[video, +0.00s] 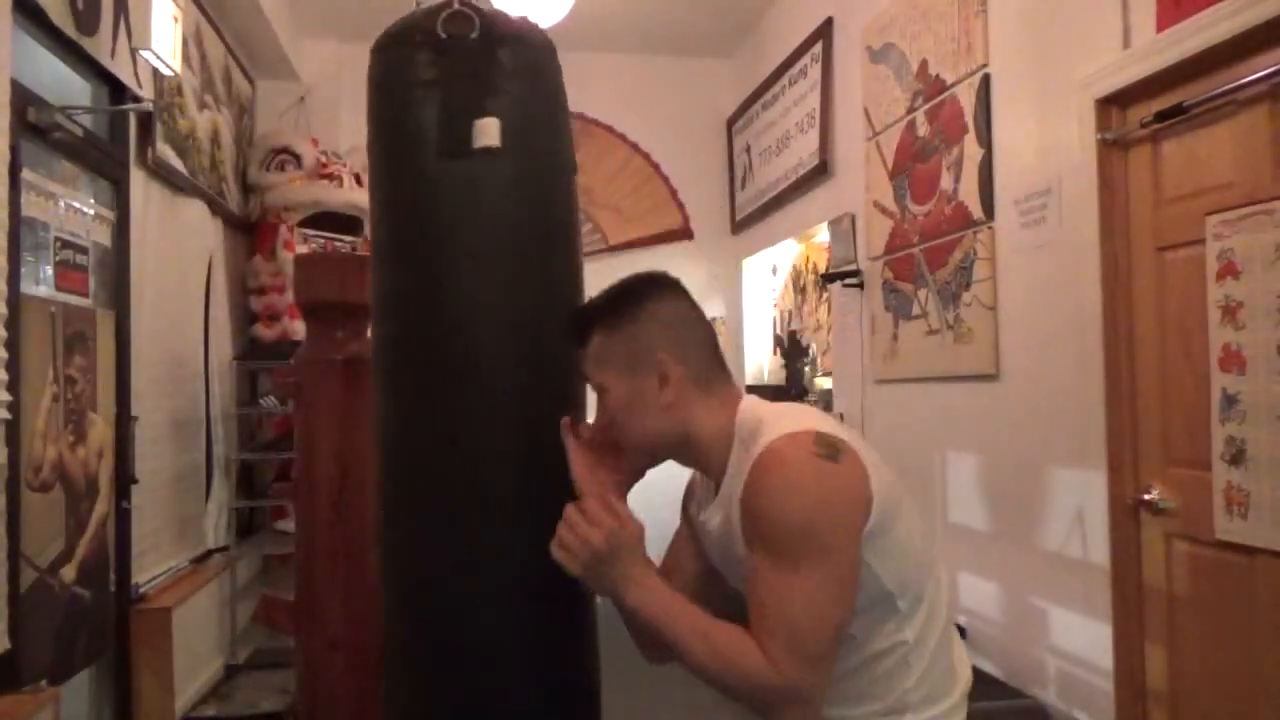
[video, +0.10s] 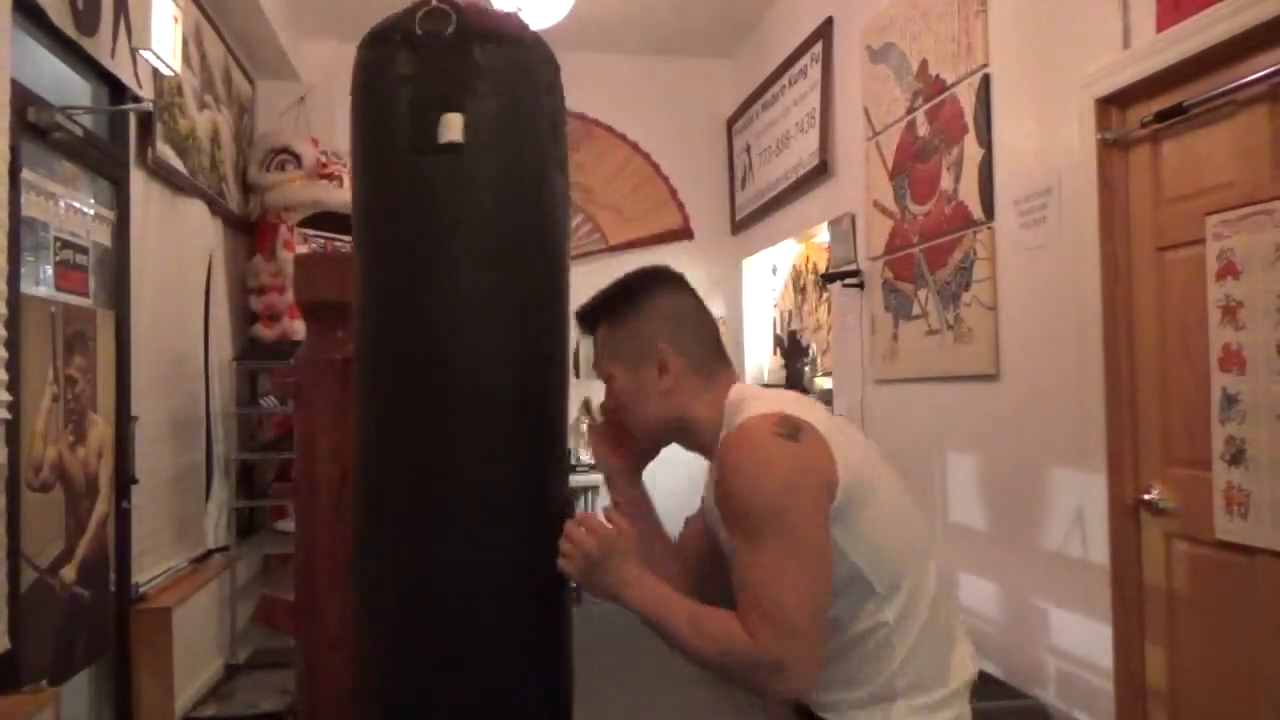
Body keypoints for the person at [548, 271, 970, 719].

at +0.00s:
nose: (597, 423)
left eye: (603, 393)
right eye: (595, 396)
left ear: (664, 380)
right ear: (662, 381)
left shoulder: (797, 470)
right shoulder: (714, 478)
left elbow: (792, 690)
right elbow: (660, 638)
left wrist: (631, 578)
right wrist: (606, 504)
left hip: (900, 708)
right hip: (824, 700)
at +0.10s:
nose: (607, 401)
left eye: (609, 380)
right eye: (603, 383)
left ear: (662, 369)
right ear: (665, 369)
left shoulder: (763, 449)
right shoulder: (749, 436)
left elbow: (785, 669)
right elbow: (689, 601)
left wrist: (630, 583)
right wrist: (625, 478)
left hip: (897, 707)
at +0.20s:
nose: (628, 379)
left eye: (632, 357)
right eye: (625, 361)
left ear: (683, 341)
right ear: (691, 338)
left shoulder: (736, 406)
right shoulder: (787, 387)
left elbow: (774, 604)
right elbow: (718, 569)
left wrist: (649, 586)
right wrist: (658, 446)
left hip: (881, 705)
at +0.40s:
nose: (682, 396)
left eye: (681, 375)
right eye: (677, 378)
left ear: (728, 362)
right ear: (773, 355)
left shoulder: (731, 414)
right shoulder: (841, 405)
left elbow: (766, 559)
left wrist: (709, 637)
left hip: (878, 702)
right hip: (972, 684)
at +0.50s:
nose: (683, 428)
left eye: (687, 404)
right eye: (682, 406)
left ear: (736, 393)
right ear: (759, 389)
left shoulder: (738, 444)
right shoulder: (842, 431)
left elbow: (789, 598)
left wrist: (745, 696)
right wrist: (720, 509)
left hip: (883, 707)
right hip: (977, 698)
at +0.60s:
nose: (671, 444)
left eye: (677, 422)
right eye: (670, 424)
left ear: (734, 416)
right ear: (745, 416)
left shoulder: (750, 464)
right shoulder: (823, 452)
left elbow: (829, 618)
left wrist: (781, 711)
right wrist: (709, 529)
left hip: (902, 707)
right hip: (973, 698)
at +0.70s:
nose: (651, 436)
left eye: (660, 415)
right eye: (651, 417)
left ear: (720, 411)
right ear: (723, 412)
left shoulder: (769, 467)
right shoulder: (789, 448)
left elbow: (865, 633)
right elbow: (746, 648)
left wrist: (741, 702)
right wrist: (678, 530)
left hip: (928, 702)